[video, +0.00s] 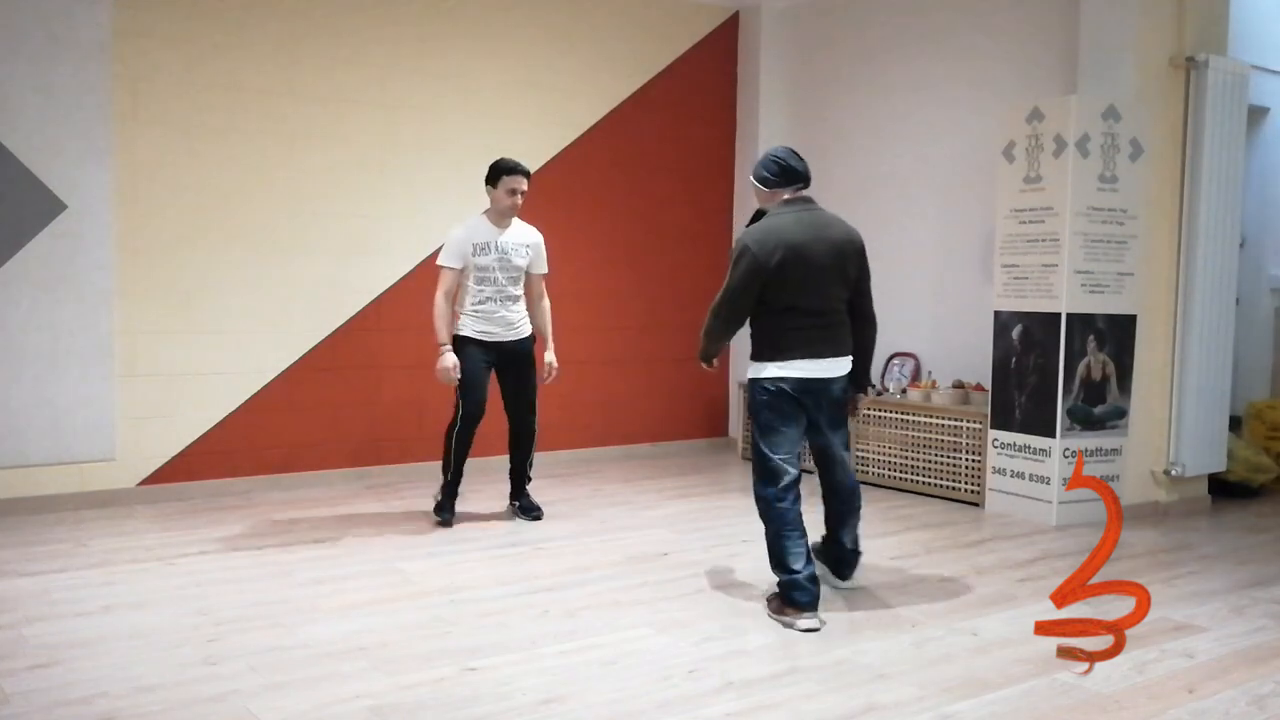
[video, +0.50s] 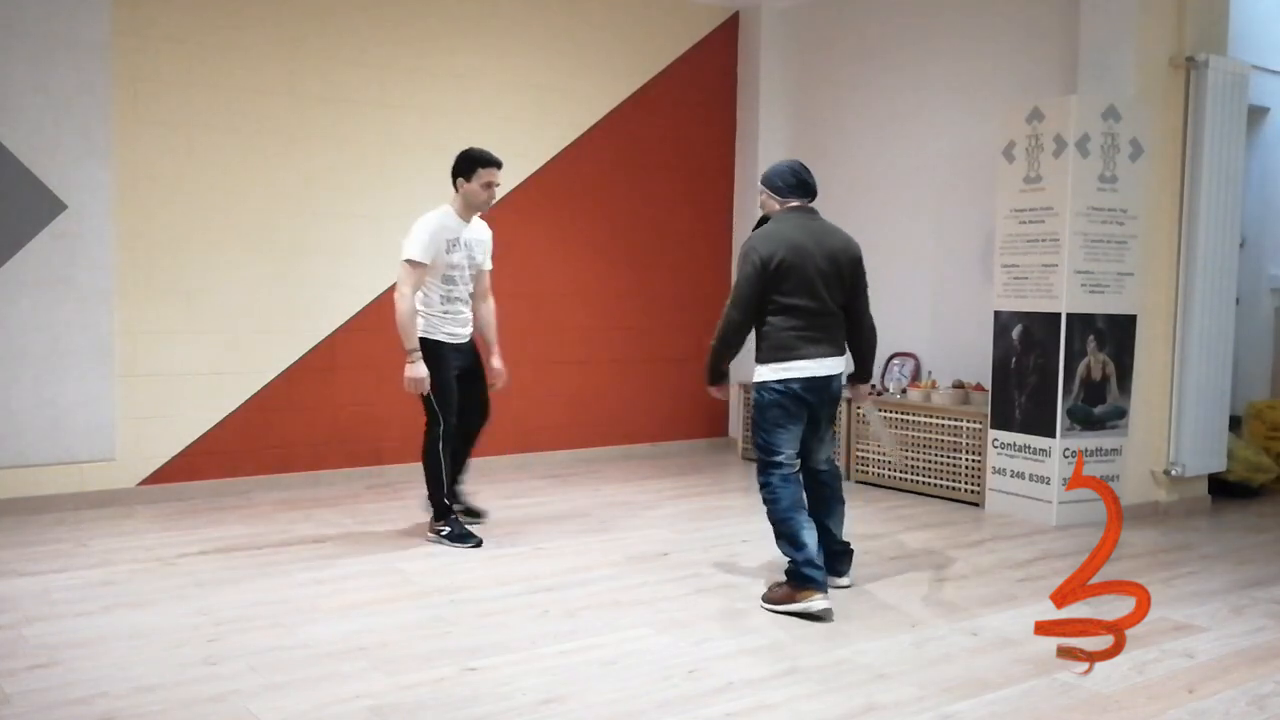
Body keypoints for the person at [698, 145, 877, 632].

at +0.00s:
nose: (756, 195)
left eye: (757, 188)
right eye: (757, 188)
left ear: (767, 190)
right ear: (804, 186)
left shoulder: (760, 239)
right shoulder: (845, 235)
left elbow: (729, 309)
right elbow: (863, 317)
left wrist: (708, 349)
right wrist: (858, 379)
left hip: (777, 378)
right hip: (834, 376)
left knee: (778, 487)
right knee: (839, 470)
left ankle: (798, 595)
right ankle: (842, 557)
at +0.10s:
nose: (763, 200)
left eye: (765, 194)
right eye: (764, 193)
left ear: (775, 195)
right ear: (811, 192)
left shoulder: (766, 246)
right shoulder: (850, 240)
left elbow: (737, 314)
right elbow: (868, 321)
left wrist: (715, 354)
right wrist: (865, 384)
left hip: (781, 381)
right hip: (837, 378)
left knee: (781, 483)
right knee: (831, 470)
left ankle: (801, 597)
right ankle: (837, 561)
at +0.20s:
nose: (769, 204)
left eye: (770, 197)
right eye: (770, 196)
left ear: (781, 198)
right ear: (817, 195)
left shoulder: (770, 246)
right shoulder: (854, 243)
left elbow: (743, 319)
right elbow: (870, 321)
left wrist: (726, 368)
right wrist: (871, 383)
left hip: (782, 380)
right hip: (836, 378)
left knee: (776, 474)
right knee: (829, 468)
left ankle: (800, 578)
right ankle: (835, 560)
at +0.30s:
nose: (768, 201)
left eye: (770, 194)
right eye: (769, 194)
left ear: (782, 196)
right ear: (817, 194)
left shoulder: (771, 242)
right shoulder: (853, 241)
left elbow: (746, 317)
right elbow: (870, 318)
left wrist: (731, 367)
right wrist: (872, 378)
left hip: (783, 377)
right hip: (835, 375)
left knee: (769, 470)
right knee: (826, 466)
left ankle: (797, 567)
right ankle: (833, 560)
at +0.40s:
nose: (765, 201)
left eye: (768, 194)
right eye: (766, 194)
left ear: (781, 195)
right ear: (814, 194)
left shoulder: (768, 240)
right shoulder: (850, 240)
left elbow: (744, 316)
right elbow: (866, 317)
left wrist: (730, 368)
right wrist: (868, 377)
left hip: (782, 374)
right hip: (833, 372)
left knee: (774, 469)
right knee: (824, 464)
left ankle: (802, 573)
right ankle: (834, 559)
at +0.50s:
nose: (760, 204)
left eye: (762, 197)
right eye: (761, 196)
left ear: (772, 199)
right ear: (808, 197)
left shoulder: (763, 243)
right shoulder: (842, 242)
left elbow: (738, 316)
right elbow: (859, 318)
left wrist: (716, 369)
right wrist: (863, 372)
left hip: (781, 377)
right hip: (830, 374)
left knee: (779, 473)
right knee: (819, 462)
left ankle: (807, 580)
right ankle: (835, 558)